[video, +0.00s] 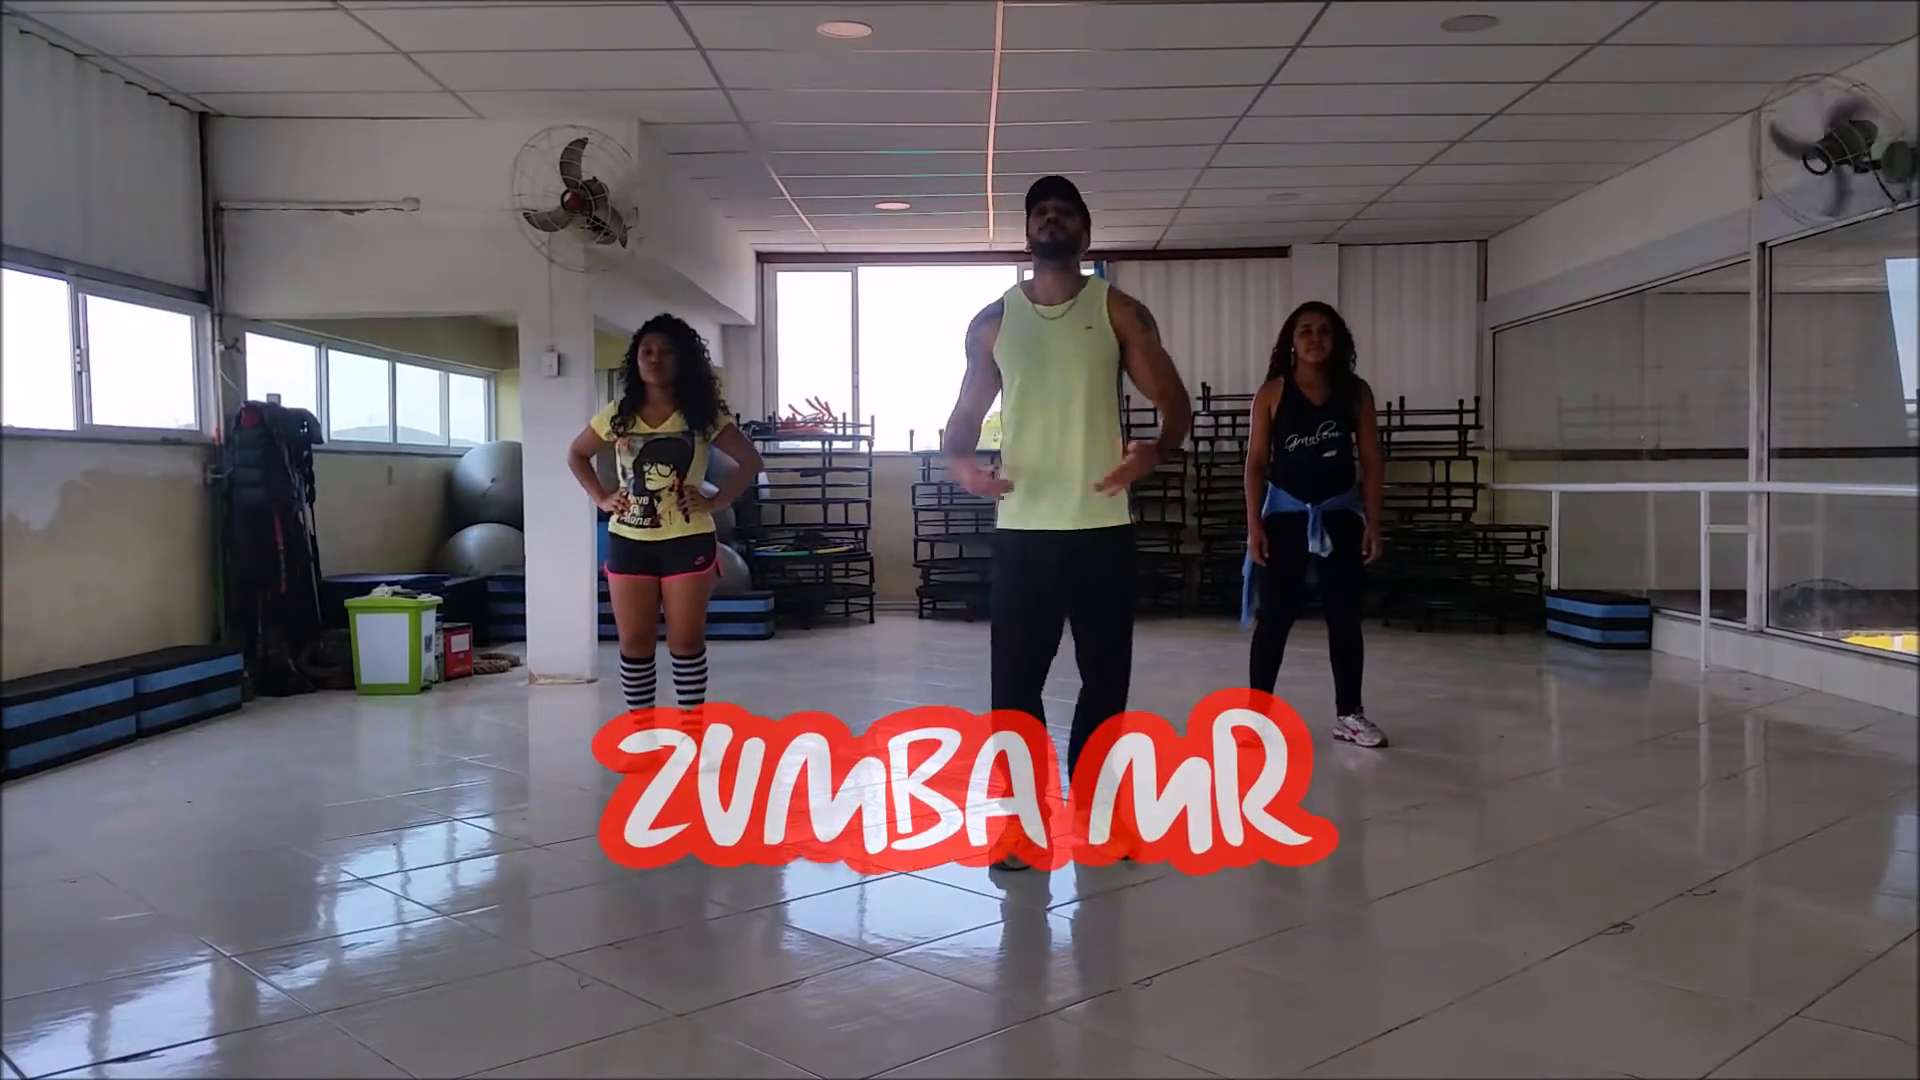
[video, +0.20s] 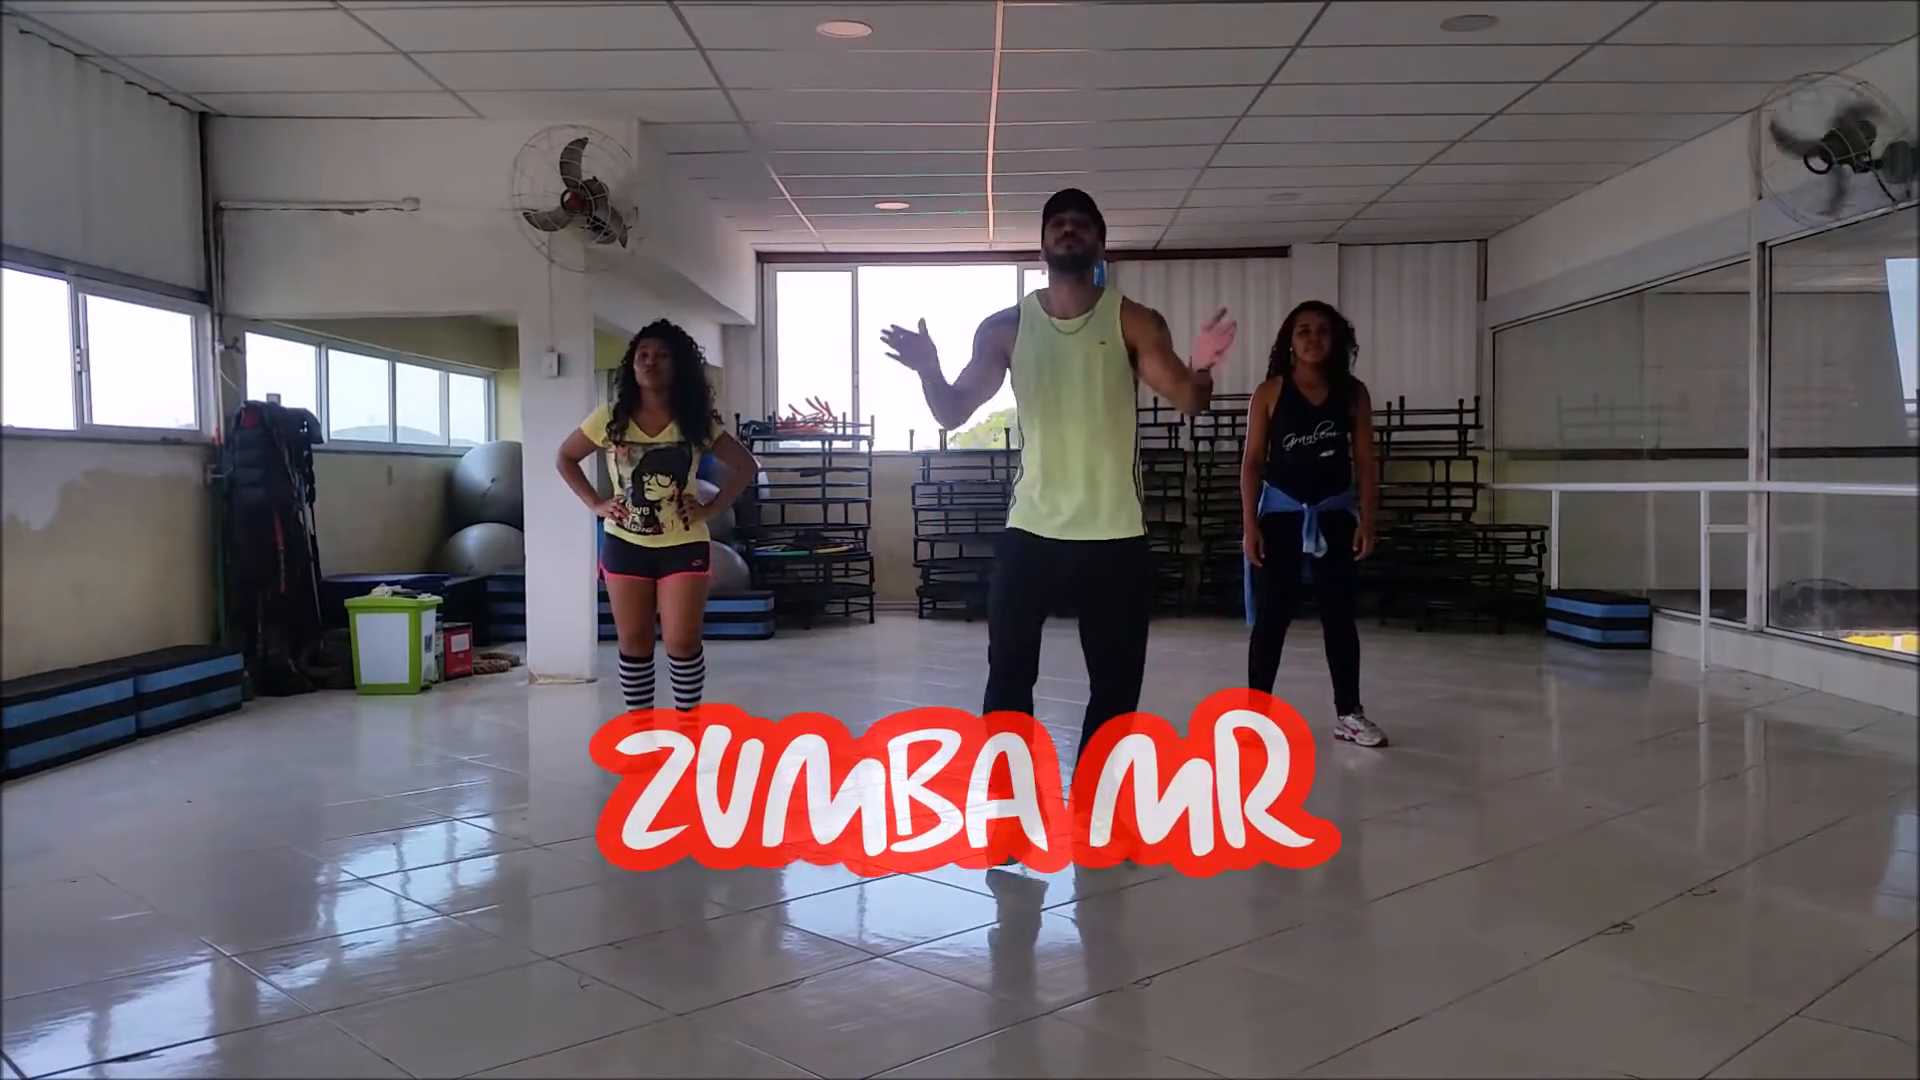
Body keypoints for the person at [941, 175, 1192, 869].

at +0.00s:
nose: (1054, 222)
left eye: (1066, 214)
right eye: (1042, 215)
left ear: (1087, 231)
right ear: (1025, 234)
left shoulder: (1119, 312)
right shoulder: (995, 324)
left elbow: (1175, 403)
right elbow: (964, 422)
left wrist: (1155, 452)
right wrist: (959, 463)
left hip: (1103, 529)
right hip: (1023, 532)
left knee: (1106, 684)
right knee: (1013, 689)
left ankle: (1095, 817)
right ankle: (1016, 828)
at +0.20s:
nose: (1068, 230)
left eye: (1081, 224)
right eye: (1057, 224)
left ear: (1103, 243)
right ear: (1042, 244)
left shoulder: (1135, 322)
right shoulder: (1005, 329)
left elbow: (1190, 401)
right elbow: (951, 413)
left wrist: (1200, 370)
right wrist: (928, 369)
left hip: (1115, 535)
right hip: (1032, 531)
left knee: (1116, 693)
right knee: (1008, 678)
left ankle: (1092, 819)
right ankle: (997, 814)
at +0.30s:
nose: (1069, 225)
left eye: (1081, 219)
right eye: (1058, 219)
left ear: (1100, 239)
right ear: (1041, 239)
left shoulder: (1125, 304)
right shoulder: (1011, 315)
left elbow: (1170, 355)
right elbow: (963, 377)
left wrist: (1159, 281)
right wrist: (953, 289)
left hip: (1115, 526)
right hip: (1033, 523)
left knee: (1114, 685)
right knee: (1007, 669)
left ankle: (1097, 807)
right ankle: (1002, 799)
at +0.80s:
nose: (1032, 220)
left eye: (1046, 214)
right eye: (1020, 215)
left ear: (1064, 236)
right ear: (1004, 238)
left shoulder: (1091, 303)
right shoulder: (982, 309)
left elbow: (1141, 275)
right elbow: (931, 298)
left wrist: (1116, 184)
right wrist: (946, 203)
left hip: (1087, 521)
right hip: (1006, 525)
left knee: (1110, 667)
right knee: (1004, 683)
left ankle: (1087, 797)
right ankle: (1006, 816)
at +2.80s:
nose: (1050, 240)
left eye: (1057, 228)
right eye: (1037, 227)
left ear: (1066, 241)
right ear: (1008, 234)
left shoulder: (1078, 304)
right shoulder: (974, 304)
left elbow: (1123, 279)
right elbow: (951, 317)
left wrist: (1052, 197)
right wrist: (1014, 241)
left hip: (1077, 524)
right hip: (995, 526)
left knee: (1082, 710)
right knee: (982, 708)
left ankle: (1086, 849)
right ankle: (973, 848)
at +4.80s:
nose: (1065, 230)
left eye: (1077, 218)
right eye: (1054, 218)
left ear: (1093, 229)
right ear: (1033, 229)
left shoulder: (1117, 298)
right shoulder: (1009, 303)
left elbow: (1164, 335)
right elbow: (954, 363)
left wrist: (1106, 259)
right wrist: (1002, 280)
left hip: (1106, 520)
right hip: (1021, 520)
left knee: (1123, 679)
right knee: (990, 674)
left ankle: (1119, 823)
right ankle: (992, 811)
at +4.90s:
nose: (1066, 228)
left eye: (1079, 216)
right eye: (1053, 217)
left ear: (1098, 226)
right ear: (1035, 229)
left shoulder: (1129, 300)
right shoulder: (1004, 309)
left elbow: (1211, 350)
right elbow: (922, 378)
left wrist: (1179, 300)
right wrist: (937, 315)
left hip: (1109, 525)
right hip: (1021, 523)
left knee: (1127, 680)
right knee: (977, 663)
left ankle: (1118, 825)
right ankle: (973, 801)